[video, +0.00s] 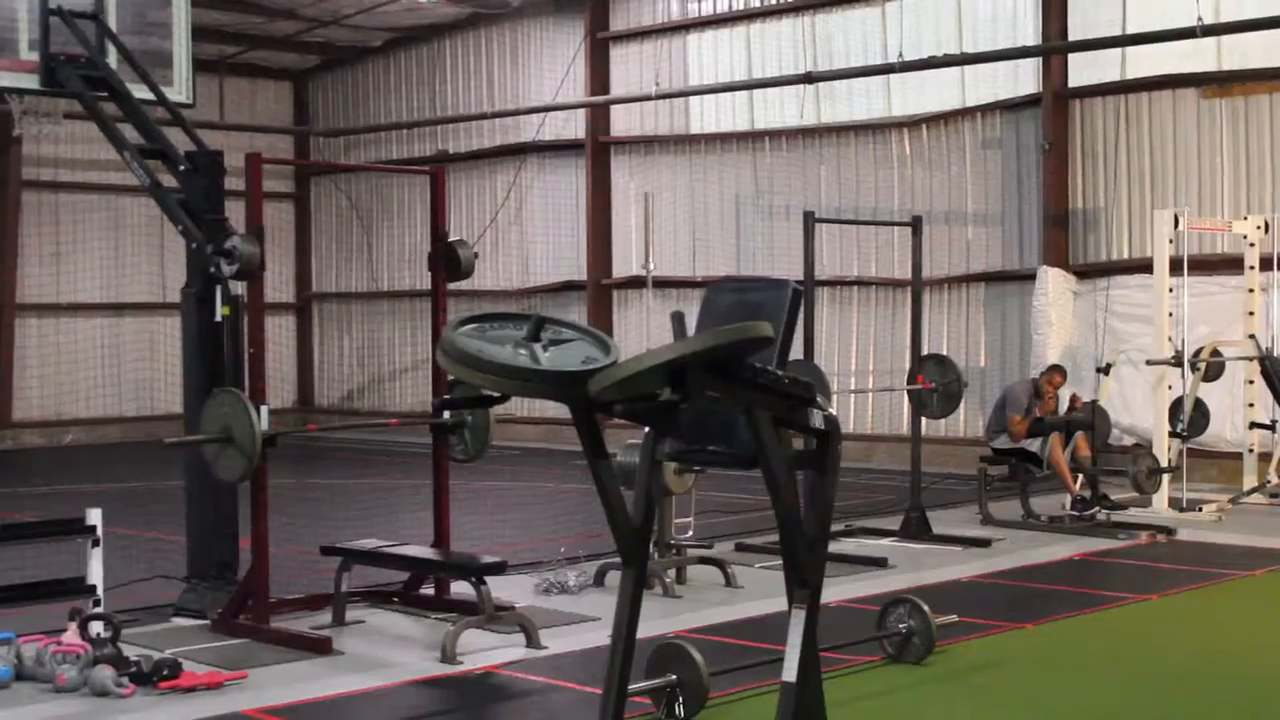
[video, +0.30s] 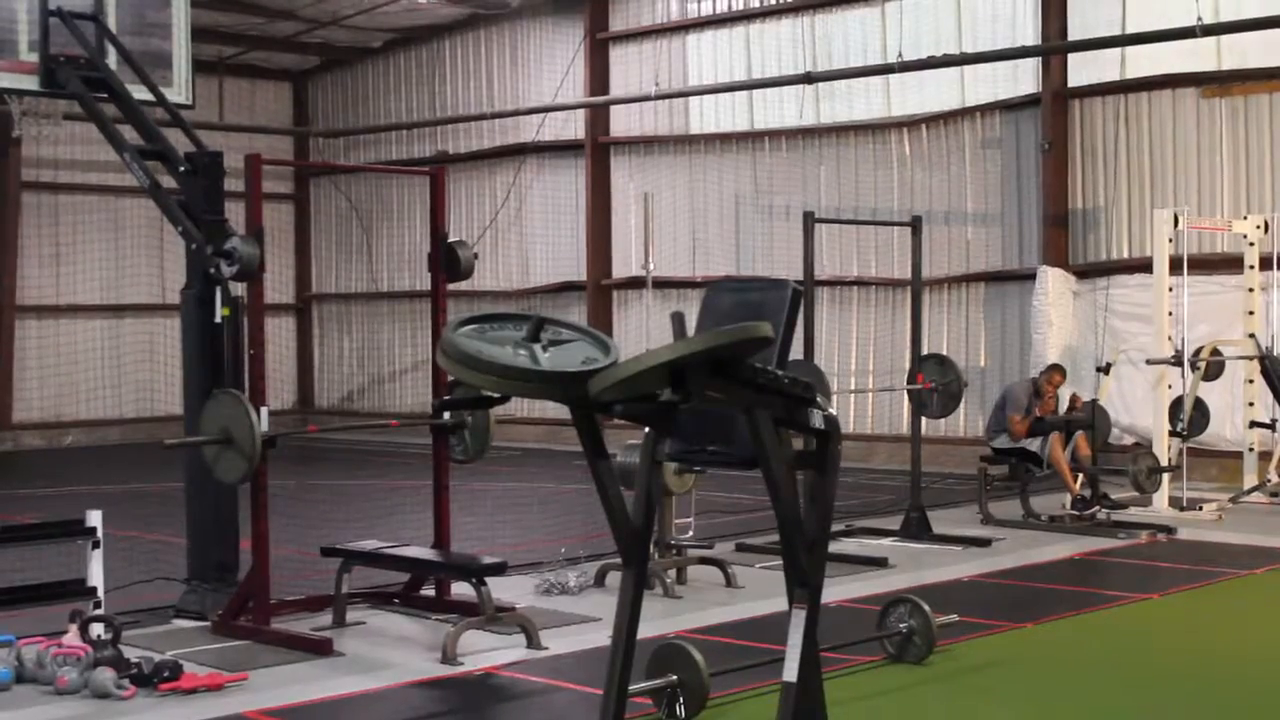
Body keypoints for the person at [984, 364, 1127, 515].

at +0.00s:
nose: (1051, 391)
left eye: (1056, 388)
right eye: (1049, 384)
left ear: (1059, 388)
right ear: (1041, 376)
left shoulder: (1050, 397)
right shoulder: (1018, 392)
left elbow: (1050, 426)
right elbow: (1016, 434)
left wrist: (1070, 412)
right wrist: (1039, 414)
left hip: (1027, 438)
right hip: (1001, 439)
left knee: (1078, 436)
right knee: (1052, 439)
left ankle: (1096, 494)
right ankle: (1076, 498)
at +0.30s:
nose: (1051, 390)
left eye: (1056, 387)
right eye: (1048, 384)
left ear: (1059, 387)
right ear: (1040, 376)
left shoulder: (1050, 396)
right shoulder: (1018, 391)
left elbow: (1051, 426)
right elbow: (1016, 433)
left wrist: (1070, 412)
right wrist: (1038, 414)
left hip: (1027, 438)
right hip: (1001, 438)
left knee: (1078, 436)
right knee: (1053, 439)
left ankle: (1097, 493)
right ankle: (1076, 497)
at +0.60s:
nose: (1051, 389)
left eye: (1055, 386)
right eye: (1048, 383)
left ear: (1059, 386)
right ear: (1040, 375)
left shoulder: (1047, 395)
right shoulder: (1018, 390)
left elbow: (1051, 425)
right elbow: (1016, 433)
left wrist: (1070, 411)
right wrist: (1040, 414)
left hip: (1026, 437)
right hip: (1001, 438)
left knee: (1078, 435)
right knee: (1052, 440)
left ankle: (1097, 493)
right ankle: (1077, 497)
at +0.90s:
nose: (1051, 390)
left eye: (1055, 387)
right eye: (1048, 383)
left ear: (1059, 386)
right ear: (1040, 376)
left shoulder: (1048, 395)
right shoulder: (1019, 390)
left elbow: (1050, 426)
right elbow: (1016, 434)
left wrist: (1070, 412)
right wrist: (1040, 413)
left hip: (1027, 438)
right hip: (1001, 439)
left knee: (1078, 436)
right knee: (1053, 439)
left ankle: (1096, 494)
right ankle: (1076, 498)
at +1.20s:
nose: (1051, 390)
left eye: (1056, 387)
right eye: (1049, 383)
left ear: (1059, 386)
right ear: (1040, 375)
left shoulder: (1048, 395)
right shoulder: (1019, 391)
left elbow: (1051, 425)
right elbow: (1016, 435)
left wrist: (1071, 411)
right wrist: (1039, 413)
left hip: (1026, 438)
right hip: (1001, 439)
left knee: (1078, 435)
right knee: (1053, 439)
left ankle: (1097, 493)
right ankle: (1077, 497)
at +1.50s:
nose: (1052, 390)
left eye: (1056, 387)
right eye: (1050, 384)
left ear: (1059, 386)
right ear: (1041, 376)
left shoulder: (1050, 395)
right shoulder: (1019, 391)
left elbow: (1052, 426)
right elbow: (1017, 435)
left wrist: (1071, 411)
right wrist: (1039, 413)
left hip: (1028, 438)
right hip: (1002, 439)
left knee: (1079, 435)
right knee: (1053, 440)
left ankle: (1097, 493)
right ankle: (1077, 497)